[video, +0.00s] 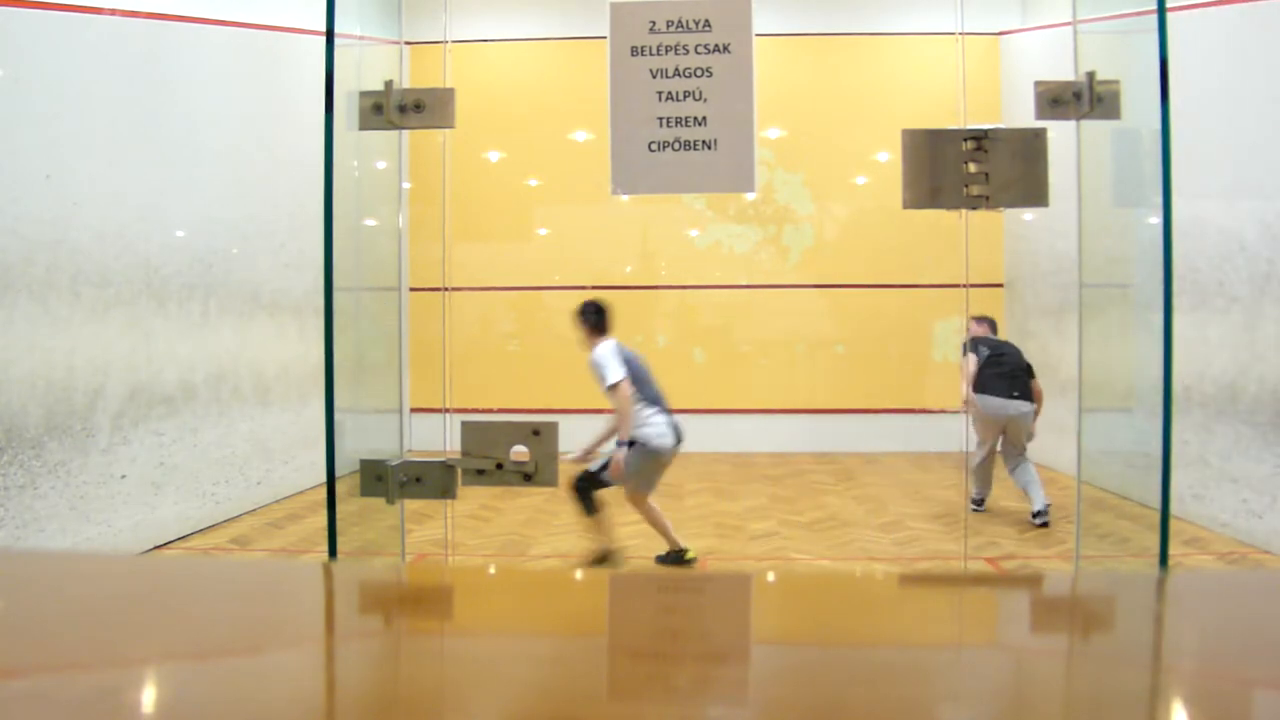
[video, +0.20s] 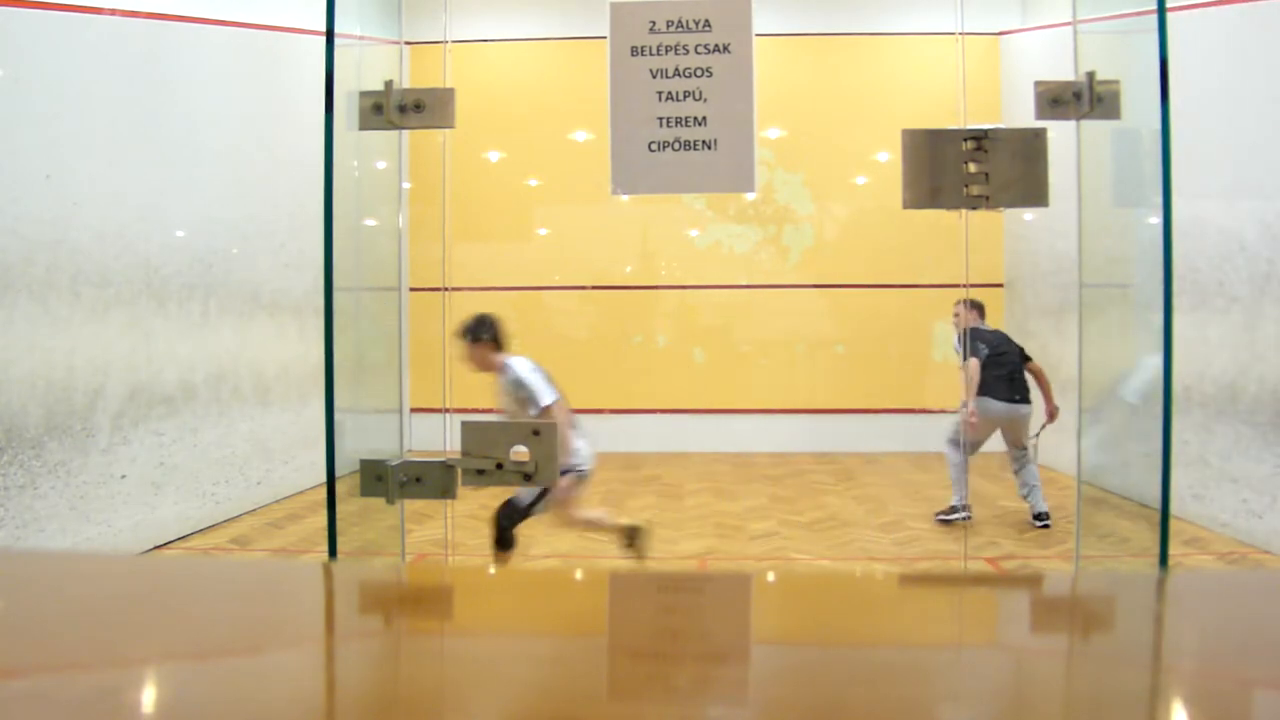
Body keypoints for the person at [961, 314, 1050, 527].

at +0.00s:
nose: (968, 332)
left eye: (971, 328)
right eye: (969, 328)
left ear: (982, 327)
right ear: (993, 330)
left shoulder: (974, 343)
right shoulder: (1014, 350)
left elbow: (972, 363)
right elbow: (1036, 390)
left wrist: (967, 393)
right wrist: (1032, 420)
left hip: (988, 401)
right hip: (1023, 406)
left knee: (984, 449)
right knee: (1016, 455)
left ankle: (979, 496)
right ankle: (1040, 505)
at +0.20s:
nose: (955, 321)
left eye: (957, 315)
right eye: (954, 316)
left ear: (973, 314)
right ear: (980, 317)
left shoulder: (969, 335)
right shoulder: (1004, 337)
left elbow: (974, 363)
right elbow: (1036, 370)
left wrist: (970, 403)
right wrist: (1050, 403)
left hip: (989, 403)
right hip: (1020, 407)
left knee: (957, 445)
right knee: (1021, 456)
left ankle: (959, 503)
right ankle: (1039, 509)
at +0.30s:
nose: (943, 313)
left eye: (947, 307)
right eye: (942, 308)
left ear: (964, 307)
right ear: (969, 308)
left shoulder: (958, 332)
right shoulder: (994, 332)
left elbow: (960, 367)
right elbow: (1027, 361)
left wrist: (955, 406)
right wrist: (1044, 395)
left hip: (979, 406)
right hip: (1010, 410)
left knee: (936, 453)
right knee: (1015, 456)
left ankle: (944, 507)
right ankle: (1039, 510)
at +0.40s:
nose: (925, 303)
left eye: (929, 297)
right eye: (925, 297)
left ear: (947, 298)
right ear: (949, 300)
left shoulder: (940, 324)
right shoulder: (977, 325)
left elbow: (940, 365)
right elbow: (1009, 355)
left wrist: (927, 408)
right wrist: (1027, 389)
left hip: (956, 407)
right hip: (989, 409)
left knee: (922, 461)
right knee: (1002, 455)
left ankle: (930, 525)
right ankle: (1036, 509)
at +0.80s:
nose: (854, 277)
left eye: (860, 271)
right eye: (854, 271)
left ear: (878, 275)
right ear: (874, 277)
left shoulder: (875, 306)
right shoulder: (892, 305)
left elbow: (855, 354)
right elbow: (910, 344)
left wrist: (817, 386)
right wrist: (902, 379)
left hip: (892, 397)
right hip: (881, 398)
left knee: (900, 467)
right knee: (848, 451)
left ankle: (929, 526)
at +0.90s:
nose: (833, 279)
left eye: (839, 274)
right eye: (833, 274)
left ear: (857, 278)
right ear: (850, 279)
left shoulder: (856, 308)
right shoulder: (859, 308)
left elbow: (833, 355)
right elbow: (870, 358)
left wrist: (792, 385)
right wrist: (848, 396)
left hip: (873, 405)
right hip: (854, 405)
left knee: (894, 470)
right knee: (821, 459)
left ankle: (929, 525)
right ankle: (793, 518)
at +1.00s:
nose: (811, 282)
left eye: (816, 277)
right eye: (810, 277)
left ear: (835, 280)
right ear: (824, 282)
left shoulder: (834, 312)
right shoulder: (832, 312)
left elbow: (813, 359)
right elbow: (837, 366)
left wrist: (770, 389)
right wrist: (813, 402)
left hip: (842, 411)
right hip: (822, 410)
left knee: (871, 471)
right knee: (791, 458)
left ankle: (921, 518)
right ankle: (780, 528)